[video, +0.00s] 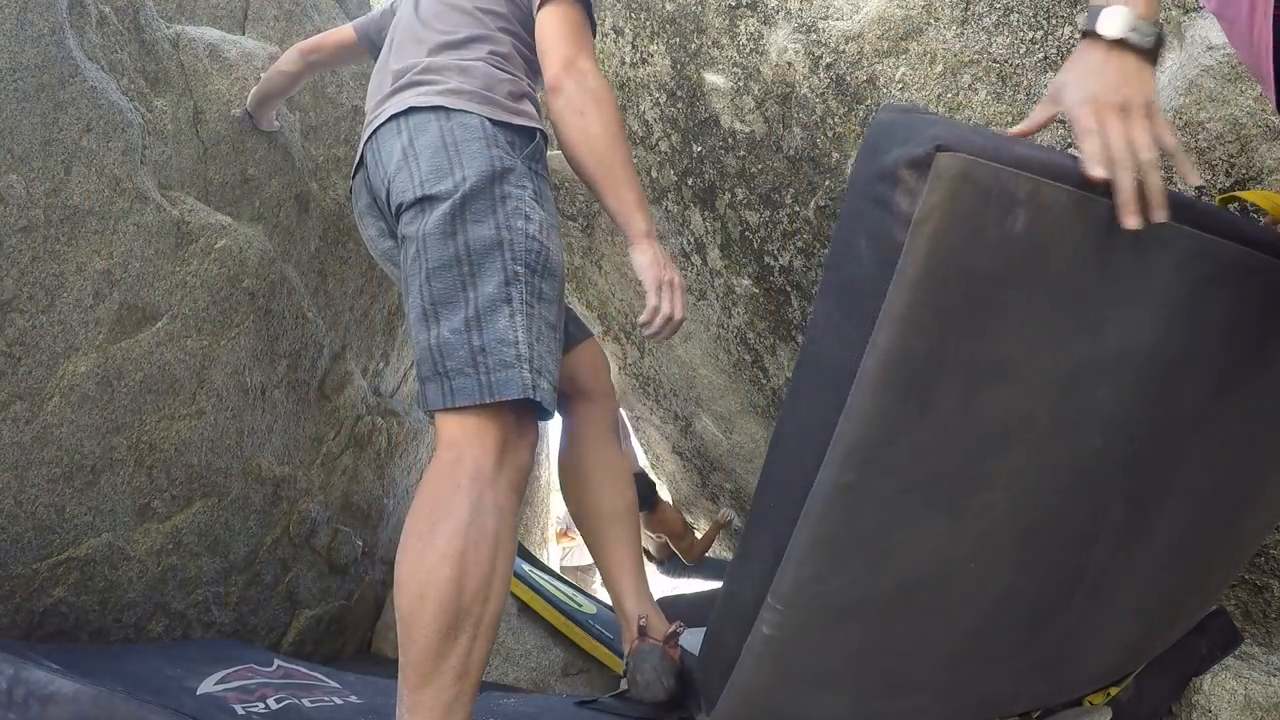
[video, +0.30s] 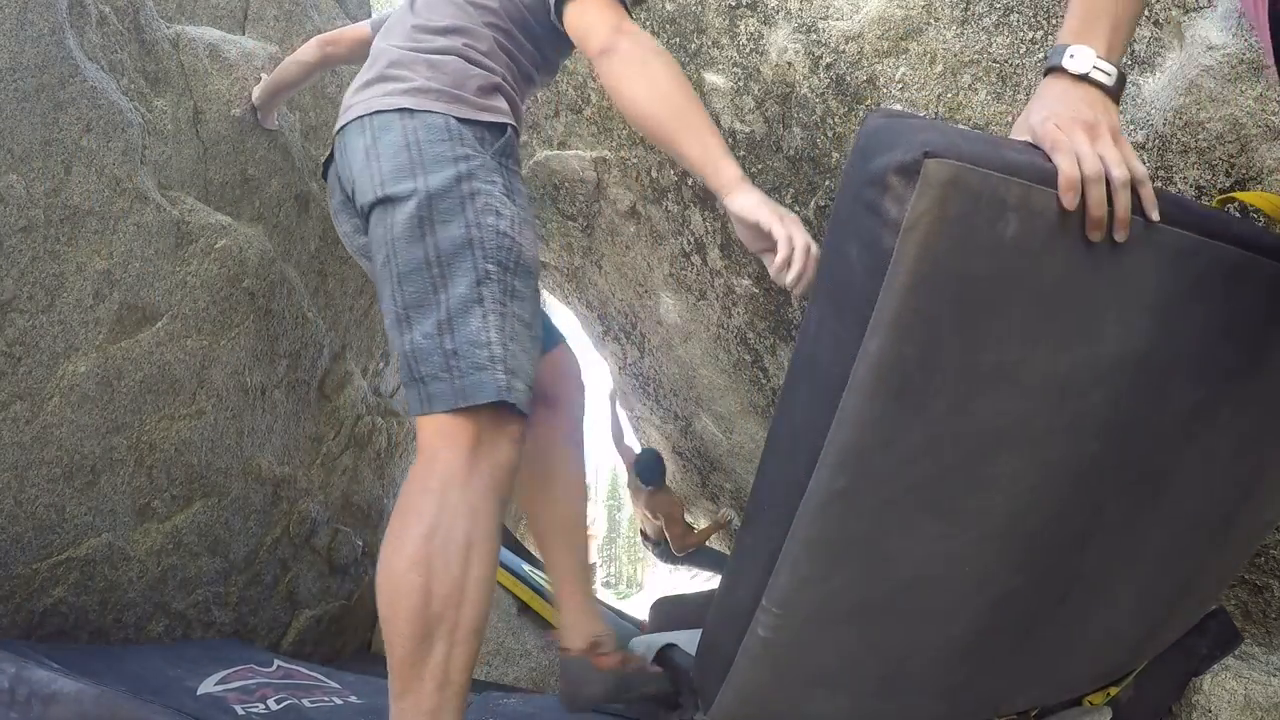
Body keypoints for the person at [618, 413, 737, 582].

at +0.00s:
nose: (647, 476)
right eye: (646, 479)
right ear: (650, 488)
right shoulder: (666, 518)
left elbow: (624, 441)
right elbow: (691, 556)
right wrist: (716, 528)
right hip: (674, 561)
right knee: (732, 571)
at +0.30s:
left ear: (638, 473)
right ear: (663, 469)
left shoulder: (634, 472)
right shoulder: (668, 505)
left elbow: (619, 441)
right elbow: (680, 547)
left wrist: (612, 405)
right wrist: (715, 527)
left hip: (647, 537)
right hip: (666, 548)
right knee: (724, 562)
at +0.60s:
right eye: (666, 453)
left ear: (639, 456)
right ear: (665, 464)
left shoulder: (633, 459)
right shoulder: (665, 493)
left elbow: (617, 416)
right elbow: (675, 540)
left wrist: (610, 377)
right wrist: (714, 526)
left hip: (642, 530)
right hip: (663, 540)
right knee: (717, 565)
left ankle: (696, 548)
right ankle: (736, 594)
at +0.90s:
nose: (663, 460)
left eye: (660, 456)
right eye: (661, 461)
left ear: (632, 461)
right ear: (657, 471)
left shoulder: (627, 462)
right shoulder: (659, 498)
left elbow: (617, 417)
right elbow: (677, 543)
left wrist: (609, 378)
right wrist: (714, 526)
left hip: (642, 531)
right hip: (662, 542)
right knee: (716, 567)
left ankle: (696, 547)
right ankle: (734, 603)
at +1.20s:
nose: (670, 468)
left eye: (671, 464)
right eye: (668, 465)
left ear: (642, 451)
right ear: (659, 466)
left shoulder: (628, 455)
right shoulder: (661, 494)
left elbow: (620, 412)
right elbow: (675, 538)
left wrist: (610, 374)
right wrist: (714, 526)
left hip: (642, 527)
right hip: (665, 536)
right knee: (722, 565)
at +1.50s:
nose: (668, 463)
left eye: (669, 459)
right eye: (667, 459)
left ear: (643, 450)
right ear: (656, 461)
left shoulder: (626, 452)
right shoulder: (660, 490)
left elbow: (616, 412)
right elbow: (670, 537)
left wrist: (608, 374)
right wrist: (713, 527)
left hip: (644, 524)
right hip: (667, 532)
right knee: (726, 561)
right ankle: (739, 596)